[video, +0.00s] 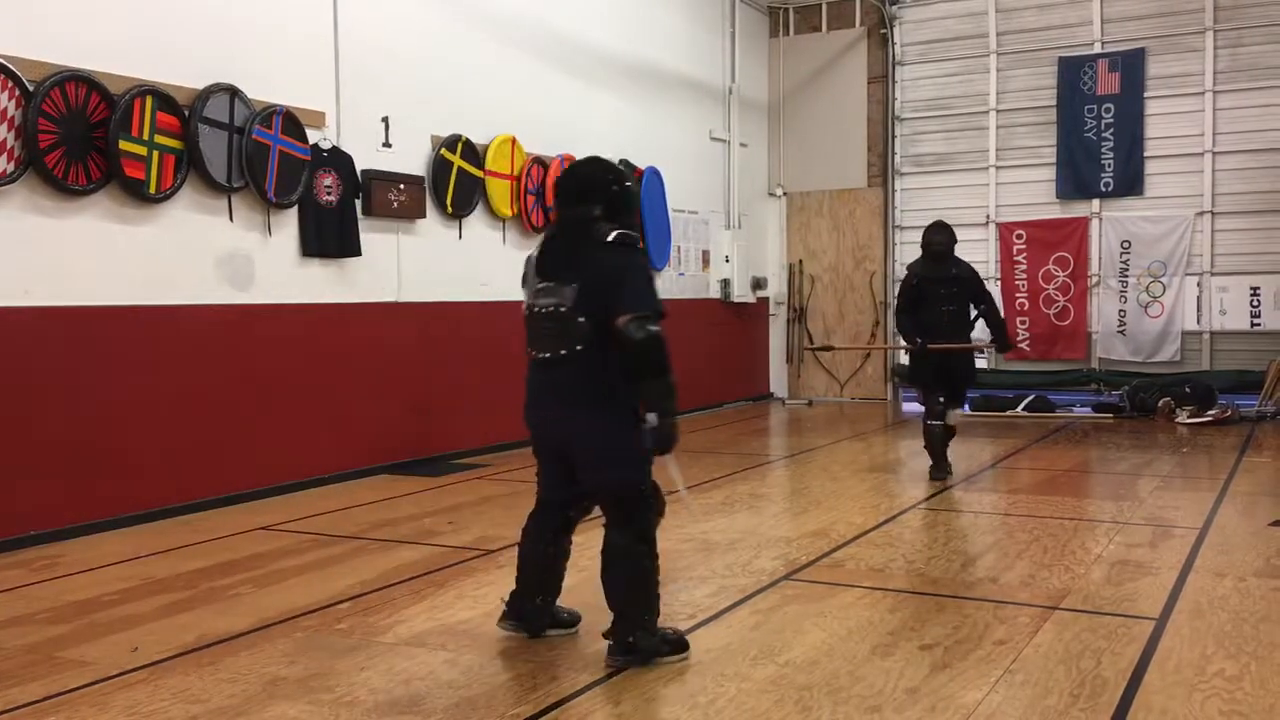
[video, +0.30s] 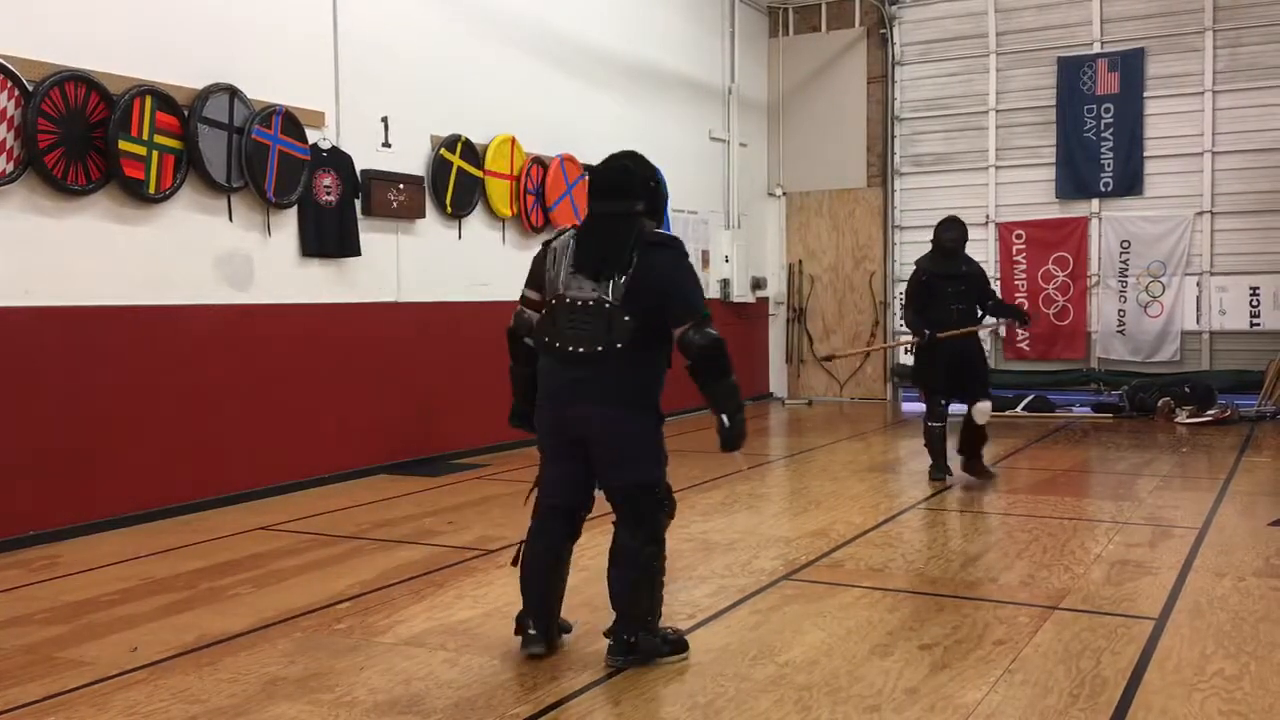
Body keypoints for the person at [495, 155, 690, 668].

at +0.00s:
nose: (633, 201)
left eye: (630, 192)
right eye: (627, 194)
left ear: (568, 200)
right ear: (613, 199)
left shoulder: (543, 255)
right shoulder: (620, 250)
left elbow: (547, 338)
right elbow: (640, 335)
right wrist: (660, 410)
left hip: (549, 409)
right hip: (606, 411)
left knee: (558, 501)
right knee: (633, 508)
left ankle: (531, 603)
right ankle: (634, 630)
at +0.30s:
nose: (664, 206)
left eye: (662, 199)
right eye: (660, 198)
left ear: (596, 197)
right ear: (650, 199)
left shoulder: (555, 249)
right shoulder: (661, 254)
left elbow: (523, 330)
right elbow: (698, 339)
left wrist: (525, 400)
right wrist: (727, 405)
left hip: (558, 409)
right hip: (624, 413)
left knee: (557, 508)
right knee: (644, 513)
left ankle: (537, 621)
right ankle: (635, 629)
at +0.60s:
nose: (636, 203)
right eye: (634, 195)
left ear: (572, 197)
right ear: (627, 199)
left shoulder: (537, 250)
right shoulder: (644, 255)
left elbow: (510, 331)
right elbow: (679, 341)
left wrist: (534, 383)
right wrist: (699, 403)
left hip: (543, 409)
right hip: (613, 414)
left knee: (520, 507)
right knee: (634, 511)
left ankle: (486, 622)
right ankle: (633, 630)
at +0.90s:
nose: (567, 215)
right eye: (562, 206)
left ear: (498, 211)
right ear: (556, 213)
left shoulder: (464, 268)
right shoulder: (569, 268)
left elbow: (440, 346)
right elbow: (607, 350)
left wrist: (450, 409)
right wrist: (634, 414)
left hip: (478, 423)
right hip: (547, 424)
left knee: (463, 522)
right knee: (592, 519)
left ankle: (446, 630)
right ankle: (628, 629)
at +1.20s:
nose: (505, 208)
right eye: (499, 200)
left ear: (435, 202)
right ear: (487, 205)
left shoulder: (397, 263)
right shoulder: (507, 263)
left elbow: (362, 337)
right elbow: (543, 347)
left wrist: (355, 399)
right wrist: (565, 409)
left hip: (430, 420)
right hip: (493, 419)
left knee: (439, 521)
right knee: (531, 504)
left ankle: (445, 632)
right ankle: (539, 616)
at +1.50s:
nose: (481, 222)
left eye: (480, 213)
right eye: (476, 213)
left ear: (412, 211)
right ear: (463, 214)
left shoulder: (375, 268)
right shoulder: (479, 265)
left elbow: (356, 344)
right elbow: (516, 342)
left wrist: (371, 405)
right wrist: (537, 404)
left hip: (407, 414)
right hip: (470, 411)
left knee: (424, 513)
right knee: (465, 508)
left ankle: (442, 628)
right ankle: (450, 614)